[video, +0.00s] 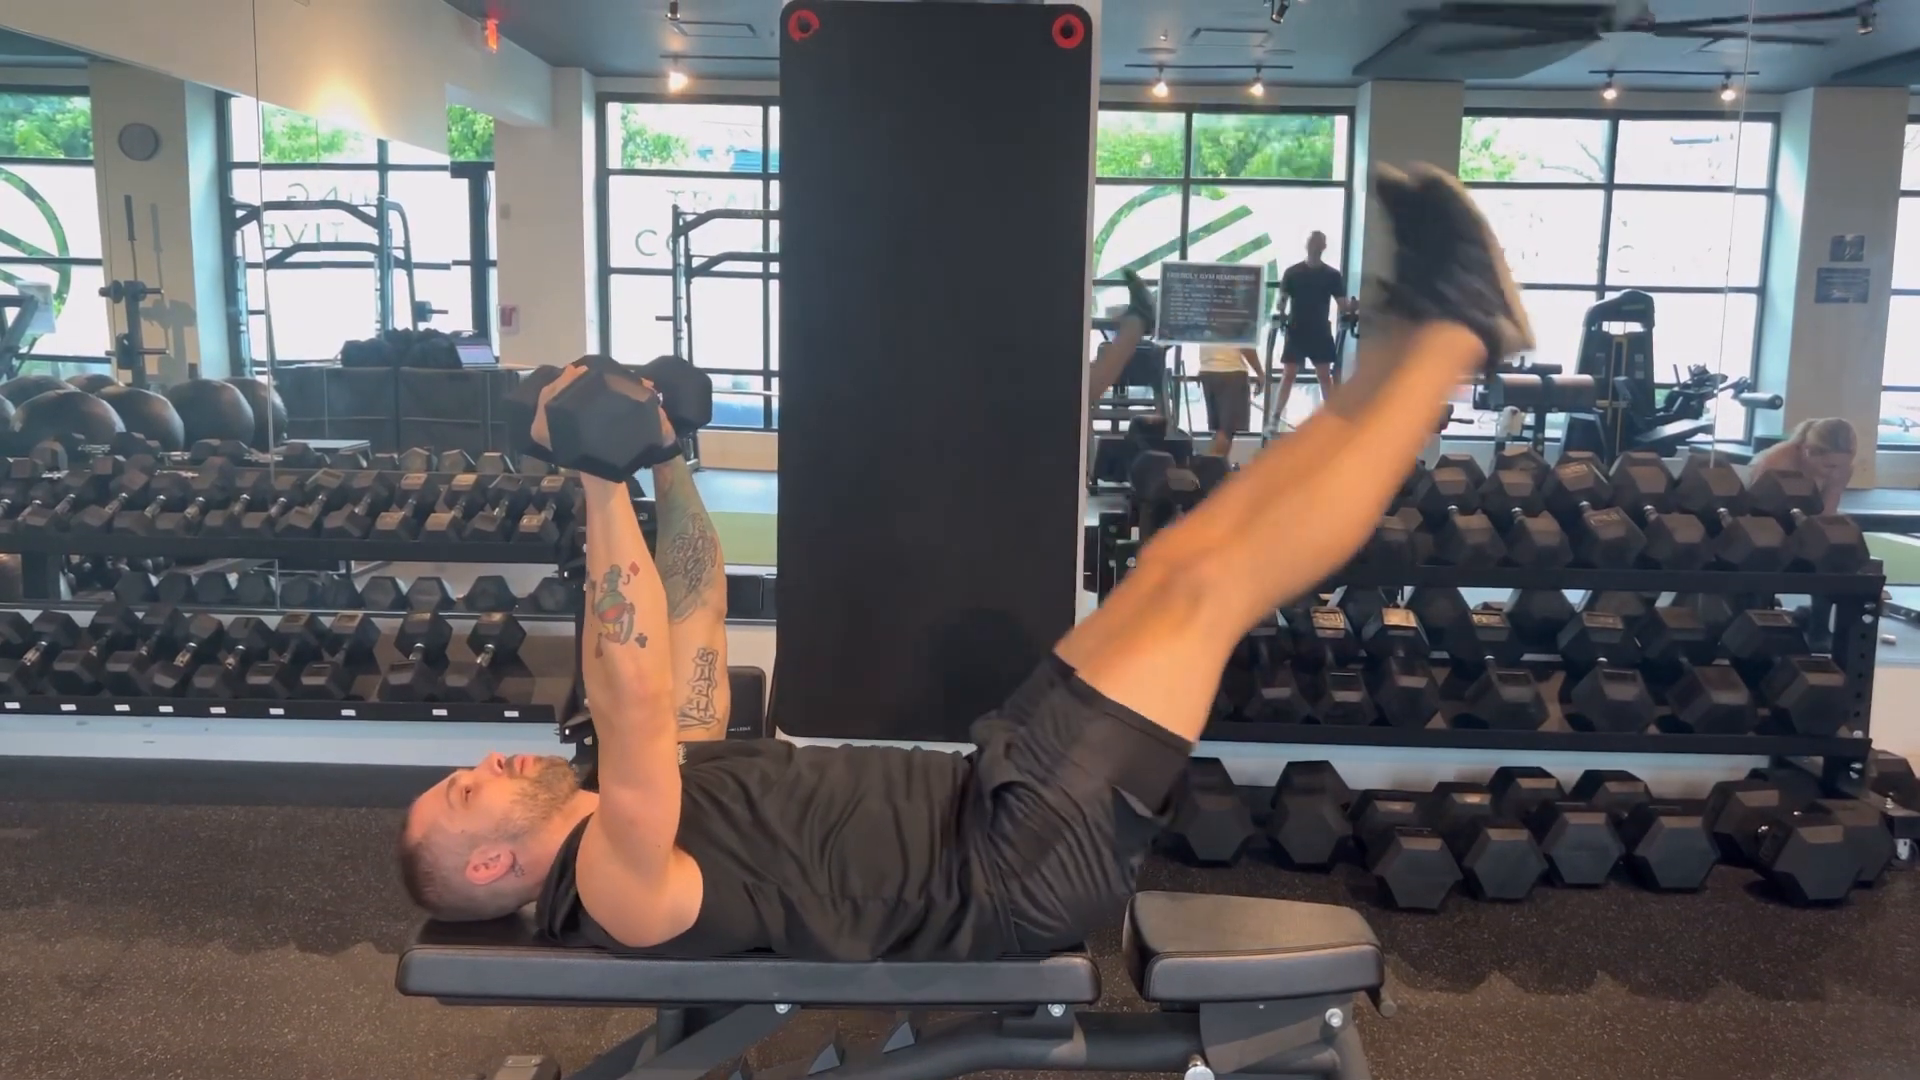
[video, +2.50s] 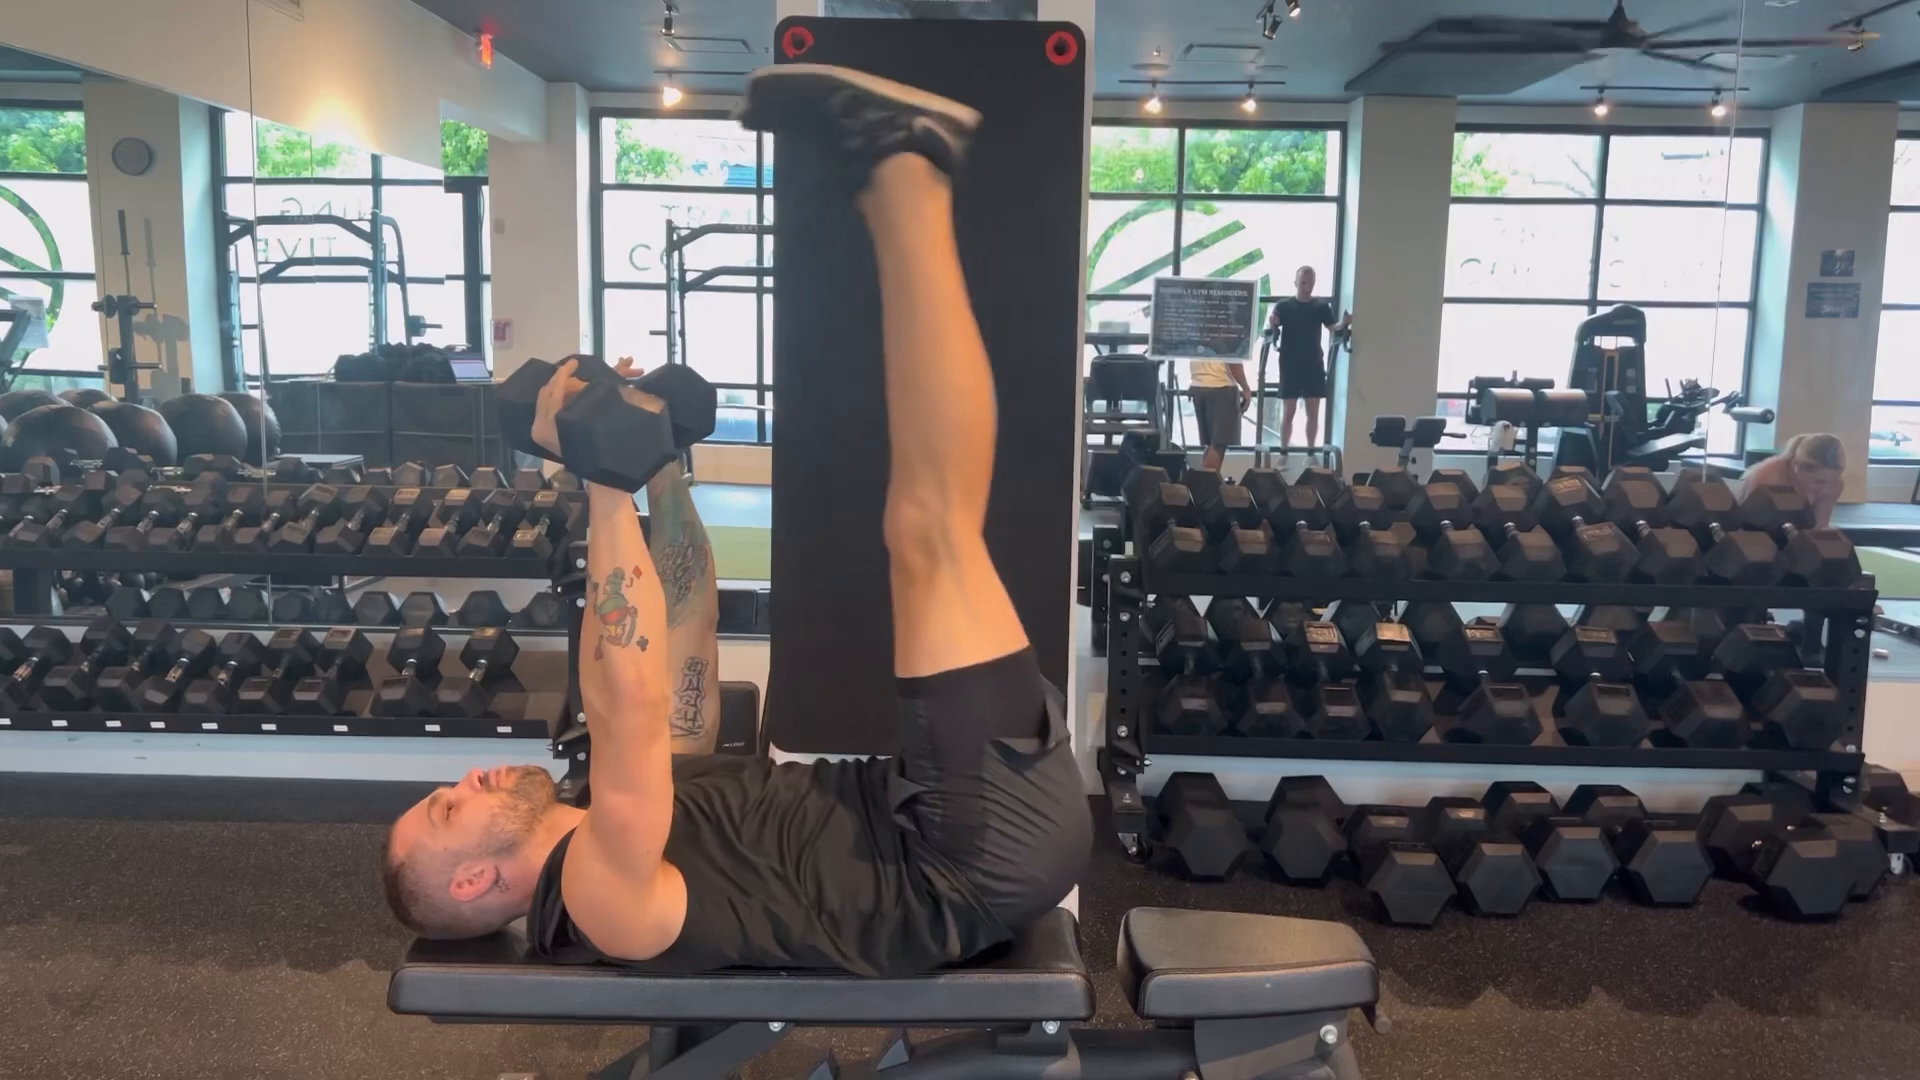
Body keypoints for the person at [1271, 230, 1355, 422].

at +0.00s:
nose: (1313, 246)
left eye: (1318, 243)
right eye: (1311, 242)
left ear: (1324, 247)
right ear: (1306, 245)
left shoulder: (1332, 275)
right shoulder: (1292, 273)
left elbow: (1342, 303)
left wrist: (1349, 308)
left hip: (1320, 329)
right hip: (1296, 328)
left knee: (1324, 376)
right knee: (1289, 374)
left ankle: (1331, 417)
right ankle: (1275, 418)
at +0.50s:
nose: (1314, 250)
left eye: (1317, 246)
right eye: (1311, 246)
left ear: (1322, 248)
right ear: (1306, 246)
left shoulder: (1330, 276)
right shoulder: (1291, 274)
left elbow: (1340, 305)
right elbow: (1280, 302)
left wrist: (1351, 306)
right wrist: (1280, 311)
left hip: (1319, 330)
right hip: (1294, 329)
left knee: (1323, 375)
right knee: (1288, 374)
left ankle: (1334, 419)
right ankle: (1274, 418)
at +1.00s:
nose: (1317, 263)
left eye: (1320, 259)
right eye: (1314, 258)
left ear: (1324, 259)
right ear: (1305, 255)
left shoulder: (1328, 282)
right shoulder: (1290, 280)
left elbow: (1334, 310)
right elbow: (1280, 306)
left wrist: (1346, 309)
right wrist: (1277, 308)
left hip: (1318, 334)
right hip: (1294, 334)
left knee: (1328, 376)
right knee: (1285, 375)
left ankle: (1332, 421)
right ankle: (1272, 419)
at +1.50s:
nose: (1309, 282)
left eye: (1312, 279)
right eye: (1306, 278)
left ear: (1317, 277)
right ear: (1299, 274)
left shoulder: (1324, 294)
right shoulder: (1286, 294)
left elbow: (1334, 318)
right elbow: (1274, 315)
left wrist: (1345, 314)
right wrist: (1273, 315)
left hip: (1316, 343)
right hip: (1292, 343)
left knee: (1327, 378)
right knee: (1286, 378)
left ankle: (1328, 421)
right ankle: (1276, 418)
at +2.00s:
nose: (1307, 282)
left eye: (1310, 278)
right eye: (1303, 278)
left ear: (1315, 278)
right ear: (1297, 277)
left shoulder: (1321, 300)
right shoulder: (1285, 300)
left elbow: (1333, 323)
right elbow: (1271, 324)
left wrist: (1344, 319)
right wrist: (1272, 319)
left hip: (1314, 352)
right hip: (1291, 353)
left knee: (1314, 399)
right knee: (1290, 399)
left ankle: (1311, 442)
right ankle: (1286, 441)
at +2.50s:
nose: (1306, 287)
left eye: (1309, 283)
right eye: (1303, 283)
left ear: (1314, 284)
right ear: (1296, 282)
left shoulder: (1321, 306)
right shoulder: (1284, 306)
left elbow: (1333, 328)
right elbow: (1271, 334)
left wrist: (1344, 323)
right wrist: (1272, 323)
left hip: (1313, 363)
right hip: (1289, 363)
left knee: (1312, 412)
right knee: (1289, 412)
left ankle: (1311, 452)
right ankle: (1283, 451)